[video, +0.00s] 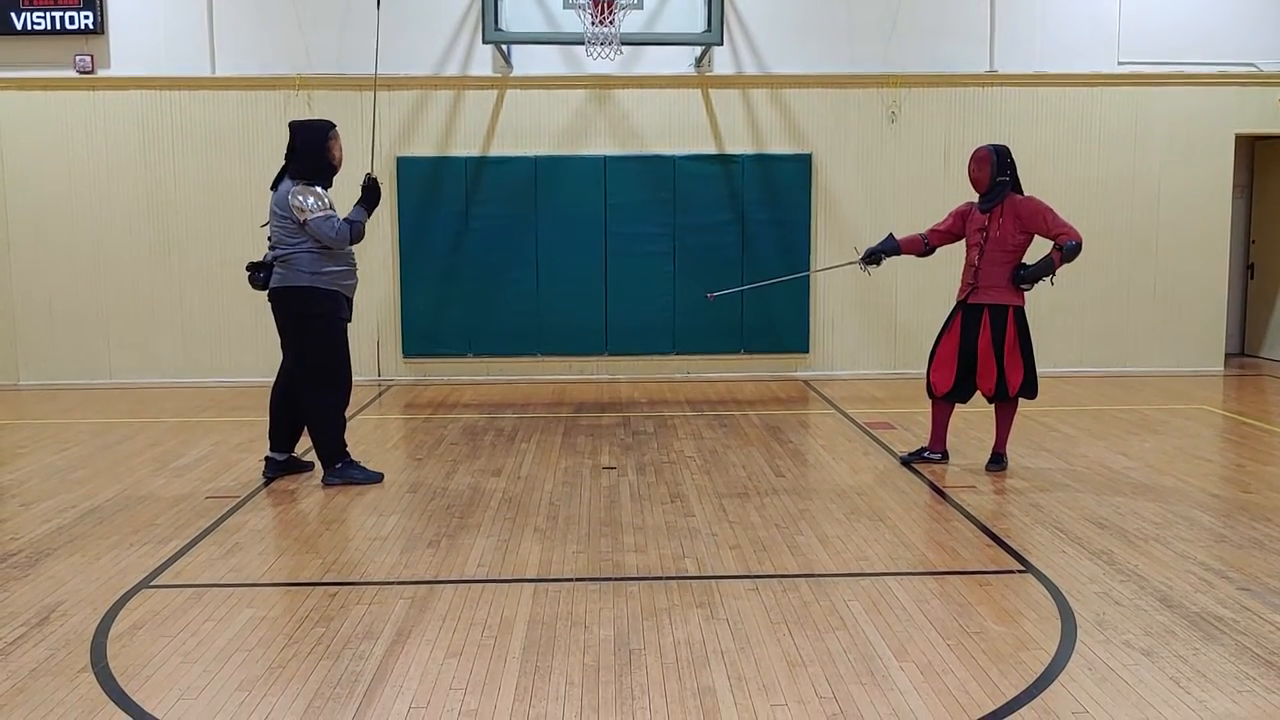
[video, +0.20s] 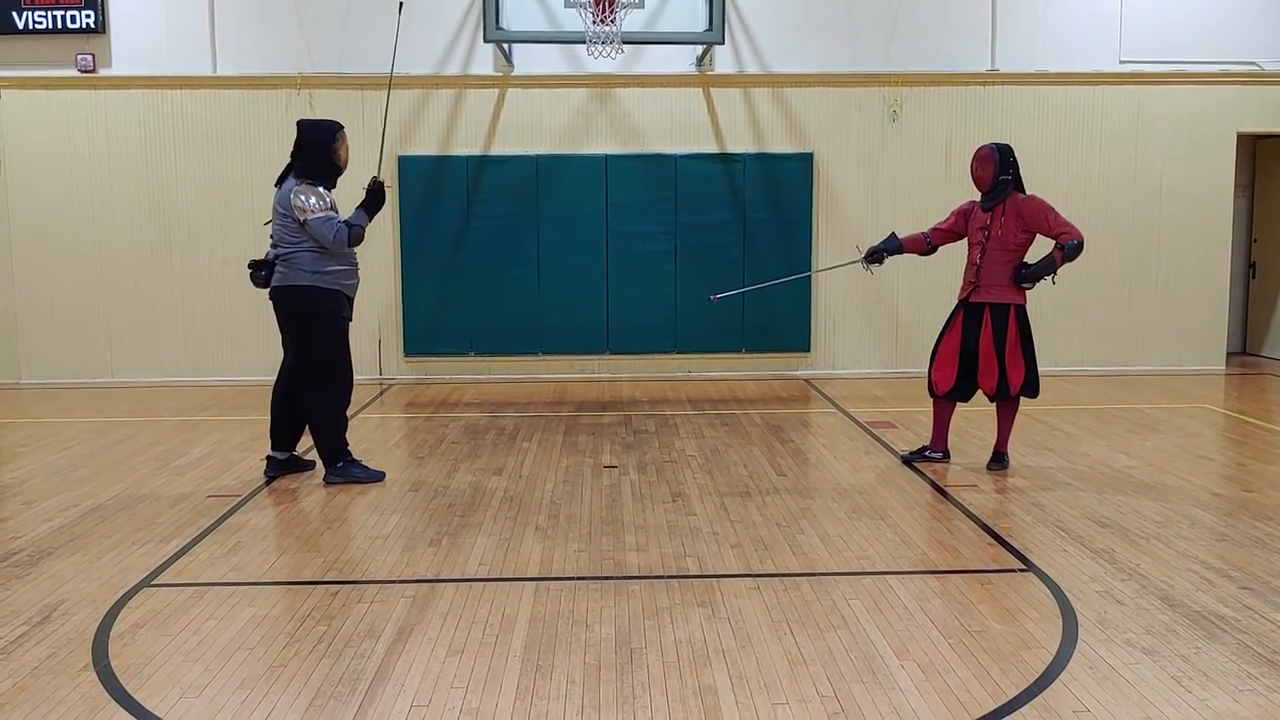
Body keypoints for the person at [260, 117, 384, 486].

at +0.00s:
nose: (341, 152)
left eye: (339, 144)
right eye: (335, 145)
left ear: (308, 151)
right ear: (317, 150)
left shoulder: (293, 188)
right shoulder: (303, 191)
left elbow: (288, 243)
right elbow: (337, 234)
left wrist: (269, 264)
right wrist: (364, 206)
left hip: (296, 292)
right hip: (311, 295)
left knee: (296, 372)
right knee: (330, 377)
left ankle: (279, 456)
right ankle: (336, 463)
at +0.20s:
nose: (347, 153)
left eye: (346, 145)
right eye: (342, 146)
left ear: (316, 150)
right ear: (324, 151)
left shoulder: (301, 187)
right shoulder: (305, 191)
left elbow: (290, 241)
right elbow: (338, 236)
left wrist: (271, 262)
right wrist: (368, 207)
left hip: (300, 292)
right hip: (312, 294)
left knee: (297, 371)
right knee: (332, 376)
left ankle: (281, 455)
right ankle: (337, 461)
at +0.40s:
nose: (352, 155)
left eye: (352, 147)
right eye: (347, 148)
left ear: (321, 151)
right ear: (328, 150)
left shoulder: (308, 186)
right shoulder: (305, 189)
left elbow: (293, 239)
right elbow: (334, 238)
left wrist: (271, 259)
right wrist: (368, 209)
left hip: (303, 291)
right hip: (310, 294)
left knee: (299, 370)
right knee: (331, 376)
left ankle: (282, 453)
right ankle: (339, 460)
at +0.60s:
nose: (351, 162)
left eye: (352, 155)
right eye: (347, 154)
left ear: (326, 153)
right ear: (328, 153)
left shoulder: (308, 188)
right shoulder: (300, 190)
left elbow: (289, 240)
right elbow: (329, 237)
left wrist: (265, 259)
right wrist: (361, 205)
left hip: (306, 293)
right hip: (303, 294)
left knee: (308, 371)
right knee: (331, 377)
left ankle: (286, 449)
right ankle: (343, 460)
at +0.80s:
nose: (345, 172)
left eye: (346, 164)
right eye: (342, 163)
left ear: (319, 161)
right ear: (322, 160)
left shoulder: (295, 192)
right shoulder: (286, 192)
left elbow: (278, 244)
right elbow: (308, 241)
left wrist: (249, 259)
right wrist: (340, 209)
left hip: (285, 293)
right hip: (283, 294)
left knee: (298, 370)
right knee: (326, 366)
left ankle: (287, 449)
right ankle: (347, 449)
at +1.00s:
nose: (328, 178)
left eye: (329, 170)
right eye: (326, 169)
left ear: (298, 165)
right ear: (306, 166)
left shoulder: (281, 196)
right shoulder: (265, 192)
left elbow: (264, 246)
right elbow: (284, 244)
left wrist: (228, 259)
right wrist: (319, 213)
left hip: (273, 293)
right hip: (252, 293)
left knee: (299, 362)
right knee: (299, 361)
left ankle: (282, 442)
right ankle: (267, 442)